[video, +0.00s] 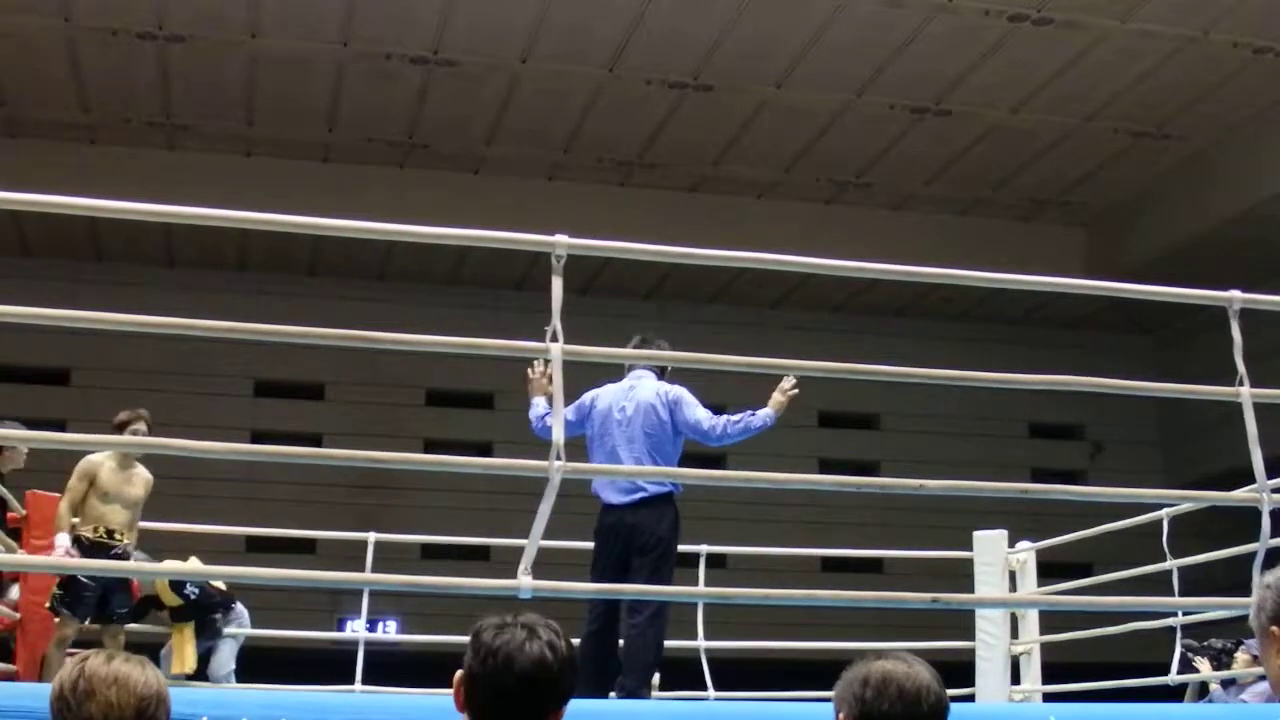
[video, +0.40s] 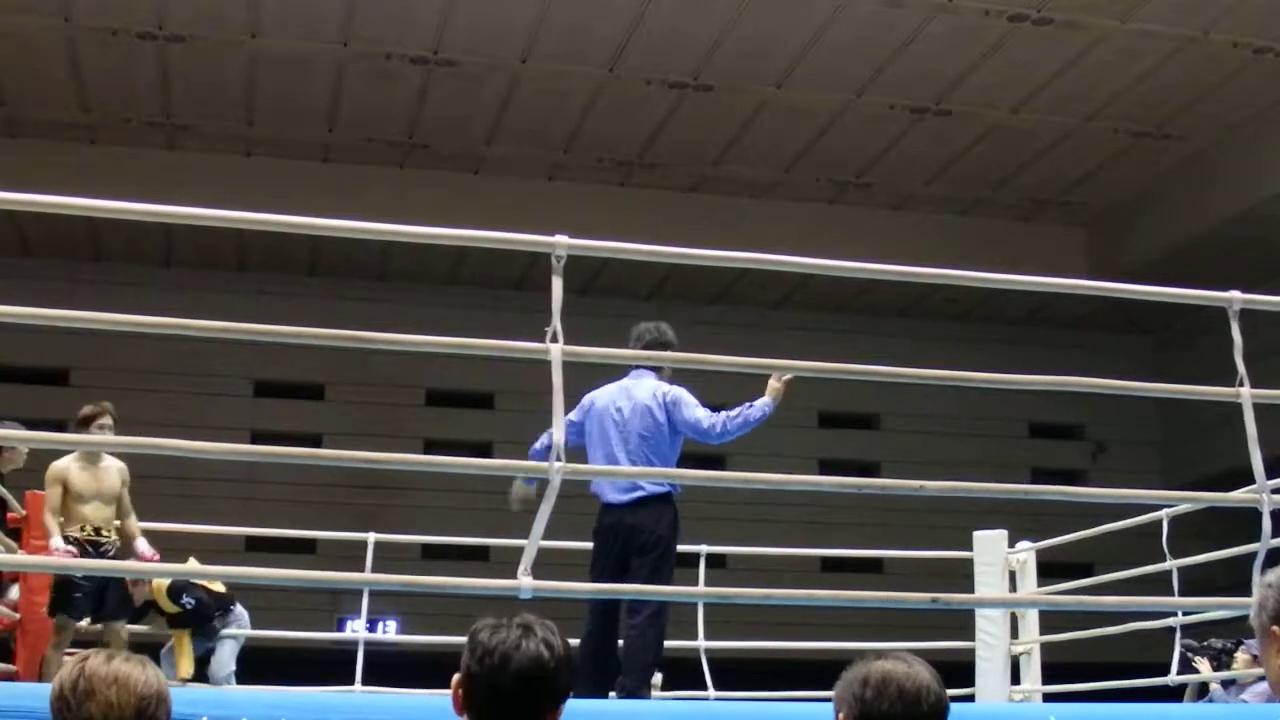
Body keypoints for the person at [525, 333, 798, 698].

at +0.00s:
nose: (669, 374)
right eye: (669, 369)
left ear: (627, 365)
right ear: (663, 367)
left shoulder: (598, 398)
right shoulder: (672, 396)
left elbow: (549, 428)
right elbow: (714, 431)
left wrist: (537, 397)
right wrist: (770, 412)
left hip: (612, 516)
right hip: (656, 514)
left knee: (601, 606)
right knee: (646, 606)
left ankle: (588, 697)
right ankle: (632, 696)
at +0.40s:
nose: (673, 366)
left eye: (673, 360)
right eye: (673, 360)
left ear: (631, 356)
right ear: (666, 360)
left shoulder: (597, 399)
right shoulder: (669, 396)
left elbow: (555, 437)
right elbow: (714, 428)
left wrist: (529, 473)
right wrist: (768, 402)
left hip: (610, 517)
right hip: (655, 516)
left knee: (602, 604)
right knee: (645, 606)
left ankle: (589, 696)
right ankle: (633, 698)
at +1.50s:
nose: (657, 359)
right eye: (659, 353)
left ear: (622, 358)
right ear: (660, 360)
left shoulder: (602, 403)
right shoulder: (673, 405)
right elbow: (713, 444)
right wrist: (744, 456)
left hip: (615, 524)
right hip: (661, 521)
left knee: (631, 610)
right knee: (694, 600)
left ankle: (635, 700)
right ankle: (664, 677)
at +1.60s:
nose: (653, 359)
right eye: (653, 353)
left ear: (617, 359)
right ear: (654, 359)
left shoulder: (599, 406)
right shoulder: (671, 405)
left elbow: (617, 449)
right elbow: (701, 450)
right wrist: (722, 452)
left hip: (614, 524)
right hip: (658, 519)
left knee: (628, 610)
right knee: (690, 601)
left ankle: (638, 699)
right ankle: (659, 675)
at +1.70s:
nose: (660, 360)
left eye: (655, 354)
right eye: (658, 354)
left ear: (615, 359)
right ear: (652, 360)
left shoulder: (592, 409)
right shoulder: (670, 407)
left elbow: (600, 458)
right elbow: (694, 467)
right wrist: (698, 445)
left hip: (611, 524)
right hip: (657, 520)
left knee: (626, 609)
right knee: (681, 603)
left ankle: (635, 699)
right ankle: (645, 665)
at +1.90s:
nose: (659, 356)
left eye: (656, 349)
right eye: (656, 350)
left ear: (610, 356)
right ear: (646, 357)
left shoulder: (578, 407)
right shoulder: (659, 403)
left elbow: (555, 458)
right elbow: (657, 468)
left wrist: (589, 486)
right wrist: (672, 488)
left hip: (600, 521)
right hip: (643, 516)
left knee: (616, 610)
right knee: (649, 611)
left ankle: (630, 700)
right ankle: (611, 700)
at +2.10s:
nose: (649, 334)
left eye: (646, 326)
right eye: (646, 327)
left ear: (600, 331)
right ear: (636, 332)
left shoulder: (572, 379)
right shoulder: (645, 377)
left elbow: (548, 442)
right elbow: (651, 439)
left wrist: (569, 474)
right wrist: (654, 478)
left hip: (577, 496)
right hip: (621, 495)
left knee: (594, 587)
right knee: (620, 588)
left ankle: (600, 678)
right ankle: (608, 685)